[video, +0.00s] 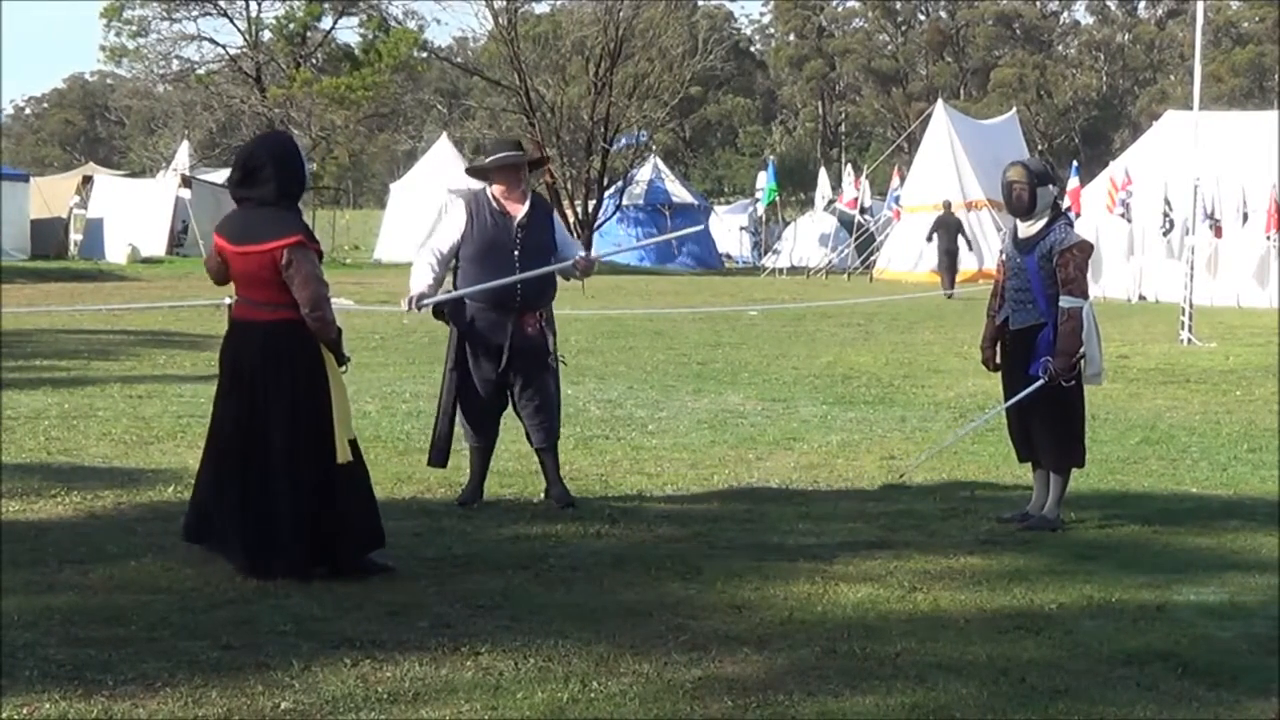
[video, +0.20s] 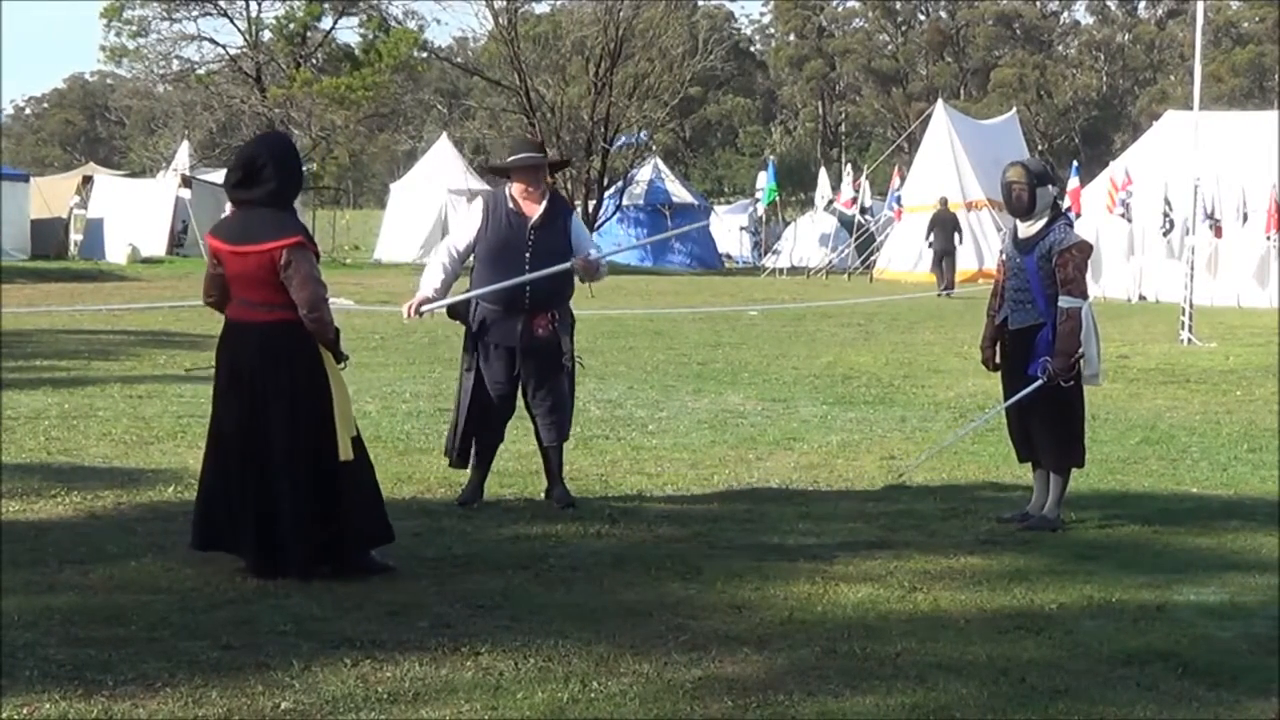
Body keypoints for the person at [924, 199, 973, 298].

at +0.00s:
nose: (946, 208)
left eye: (945, 206)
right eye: (948, 206)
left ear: (943, 207)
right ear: (951, 207)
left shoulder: (939, 219)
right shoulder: (956, 219)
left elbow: (932, 229)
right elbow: (964, 233)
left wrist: (929, 237)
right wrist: (969, 245)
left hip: (943, 247)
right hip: (953, 247)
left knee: (944, 268)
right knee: (952, 268)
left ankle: (947, 289)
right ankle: (951, 289)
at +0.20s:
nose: (942, 205)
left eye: (941, 203)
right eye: (944, 203)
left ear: (939, 204)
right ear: (947, 203)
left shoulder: (936, 215)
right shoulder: (952, 215)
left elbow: (930, 227)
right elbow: (958, 228)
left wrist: (926, 237)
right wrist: (960, 239)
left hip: (938, 246)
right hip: (950, 246)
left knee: (937, 265)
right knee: (950, 266)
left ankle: (941, 284)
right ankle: (949, 287)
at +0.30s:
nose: (939, 206)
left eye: (938, 203)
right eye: (942, 203)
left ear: (936, 204)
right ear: (945, 204)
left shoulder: (933, 216)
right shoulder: (950, 215)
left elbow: (929, 230)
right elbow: (957, 229)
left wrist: (925, 241)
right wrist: (950, 235)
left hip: (936, 246)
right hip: (947, 246)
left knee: (935, 269)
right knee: (948, 269)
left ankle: (933, 289)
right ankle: (949, 289)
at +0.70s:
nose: (932, 204)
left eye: (931, 202)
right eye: (934, 202)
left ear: (928, 203)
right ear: (936, 202)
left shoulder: (924, 214)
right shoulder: (940, 213)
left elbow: (917, 226)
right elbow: (947, 227)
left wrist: (913, 236)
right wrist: (953, 240)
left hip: (928, 244)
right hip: (938, 244)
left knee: (928, 266)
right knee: (939, 265)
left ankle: (929, 287)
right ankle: (939, 286)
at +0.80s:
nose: (932, 204)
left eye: (931, 202)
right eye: (933, 202)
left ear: (928, 202)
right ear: (935, 202)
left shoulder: (923, 213)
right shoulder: (940, 213)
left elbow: (916, 225)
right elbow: (946, 227)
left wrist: (912, 234)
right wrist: (952, 240)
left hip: (927, 243)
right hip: (937, 243)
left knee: (928, 265)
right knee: (938, 265)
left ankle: (929, 286)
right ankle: (936, 285)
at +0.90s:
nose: (931, 206)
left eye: (930, 204)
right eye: (932, 204)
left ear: (927, 204)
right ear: (935, 204)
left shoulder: (922, 215)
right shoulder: (939, 216)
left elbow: (914, 226)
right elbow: (945, 229)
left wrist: (909, 235)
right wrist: (951, 239)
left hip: (925, 244)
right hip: (935, 244)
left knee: (927, 265)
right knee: (935, 266)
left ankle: (929, 287)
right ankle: (932, 286)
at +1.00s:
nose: (930, 206)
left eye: (929, 204)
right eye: (932, 204)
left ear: (927, 205)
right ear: (934, 205)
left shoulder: (922, 216)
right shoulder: (938, 216)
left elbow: (914, 227)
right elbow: (945, 229)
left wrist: (910, 236)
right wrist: (950, 240)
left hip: (925, 245)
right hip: (935, 245)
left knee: (926, 265)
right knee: (934, 265)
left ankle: (927, 286)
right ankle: (932, 284)